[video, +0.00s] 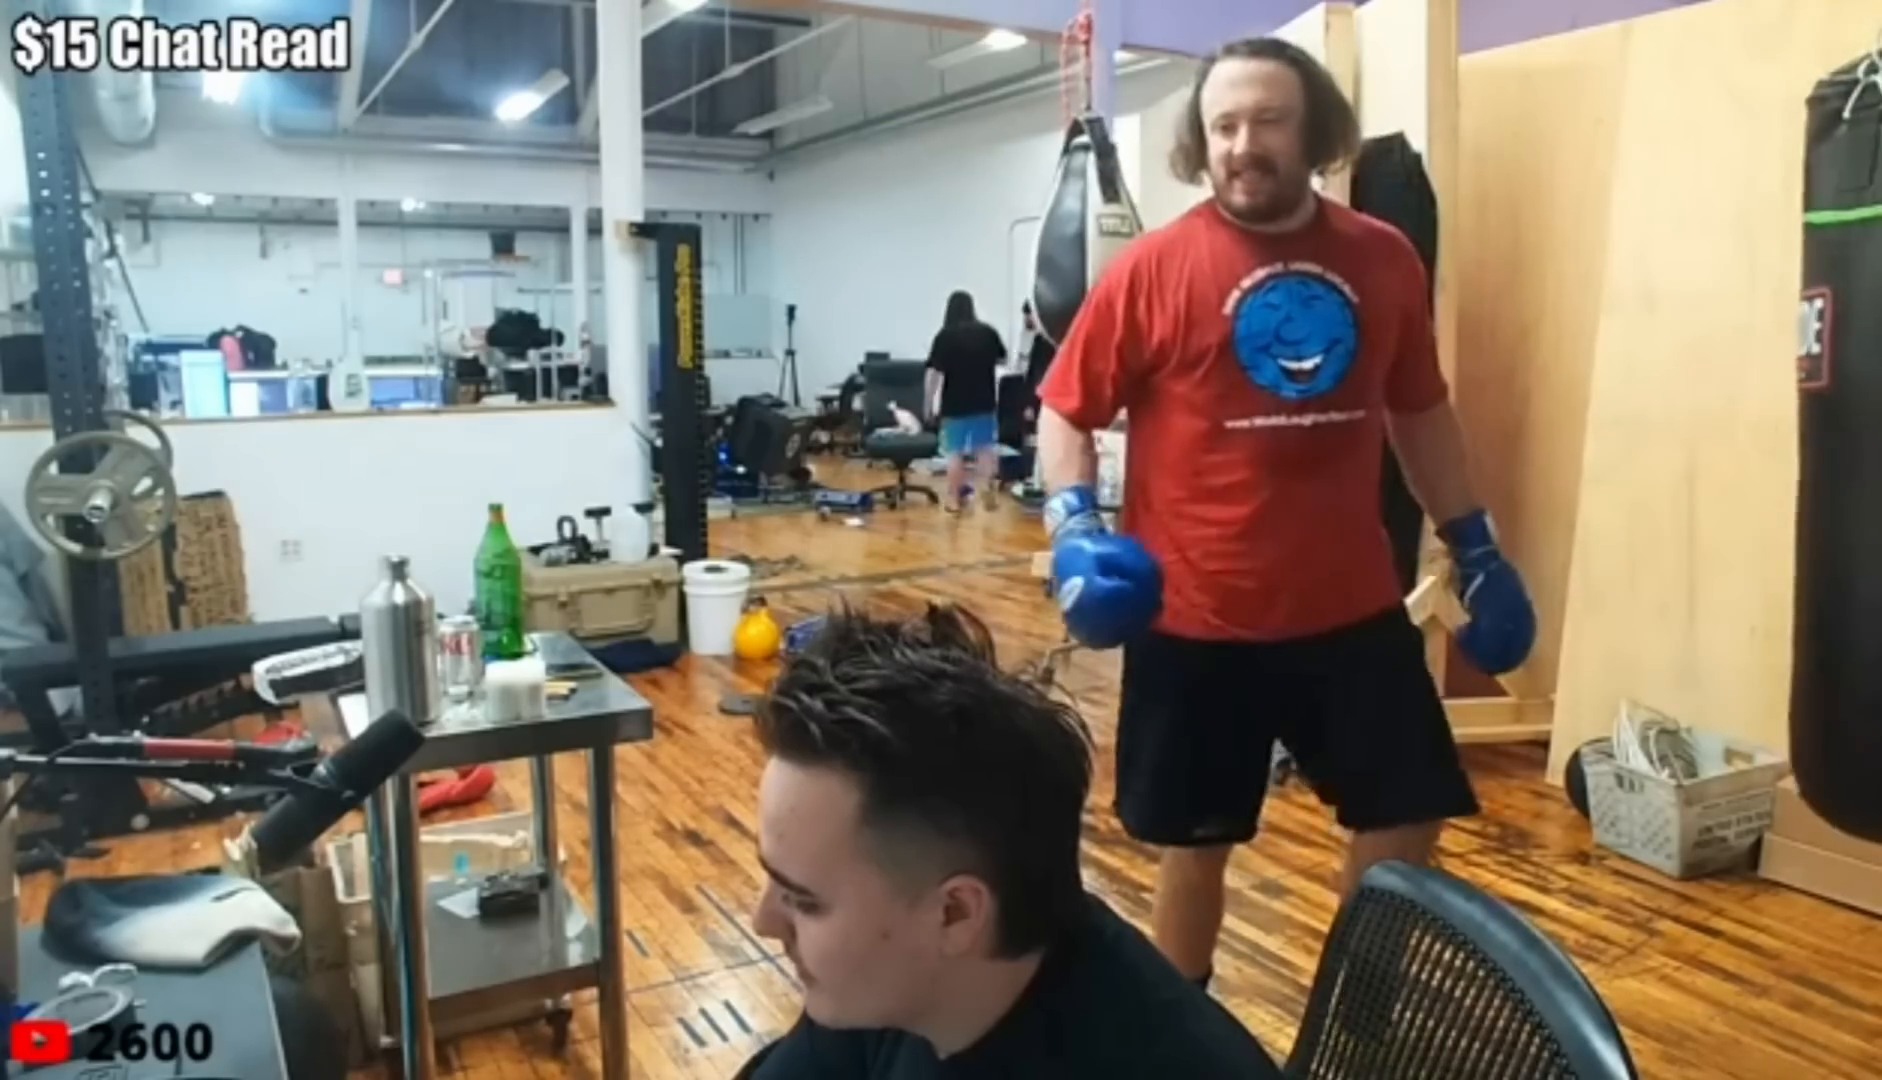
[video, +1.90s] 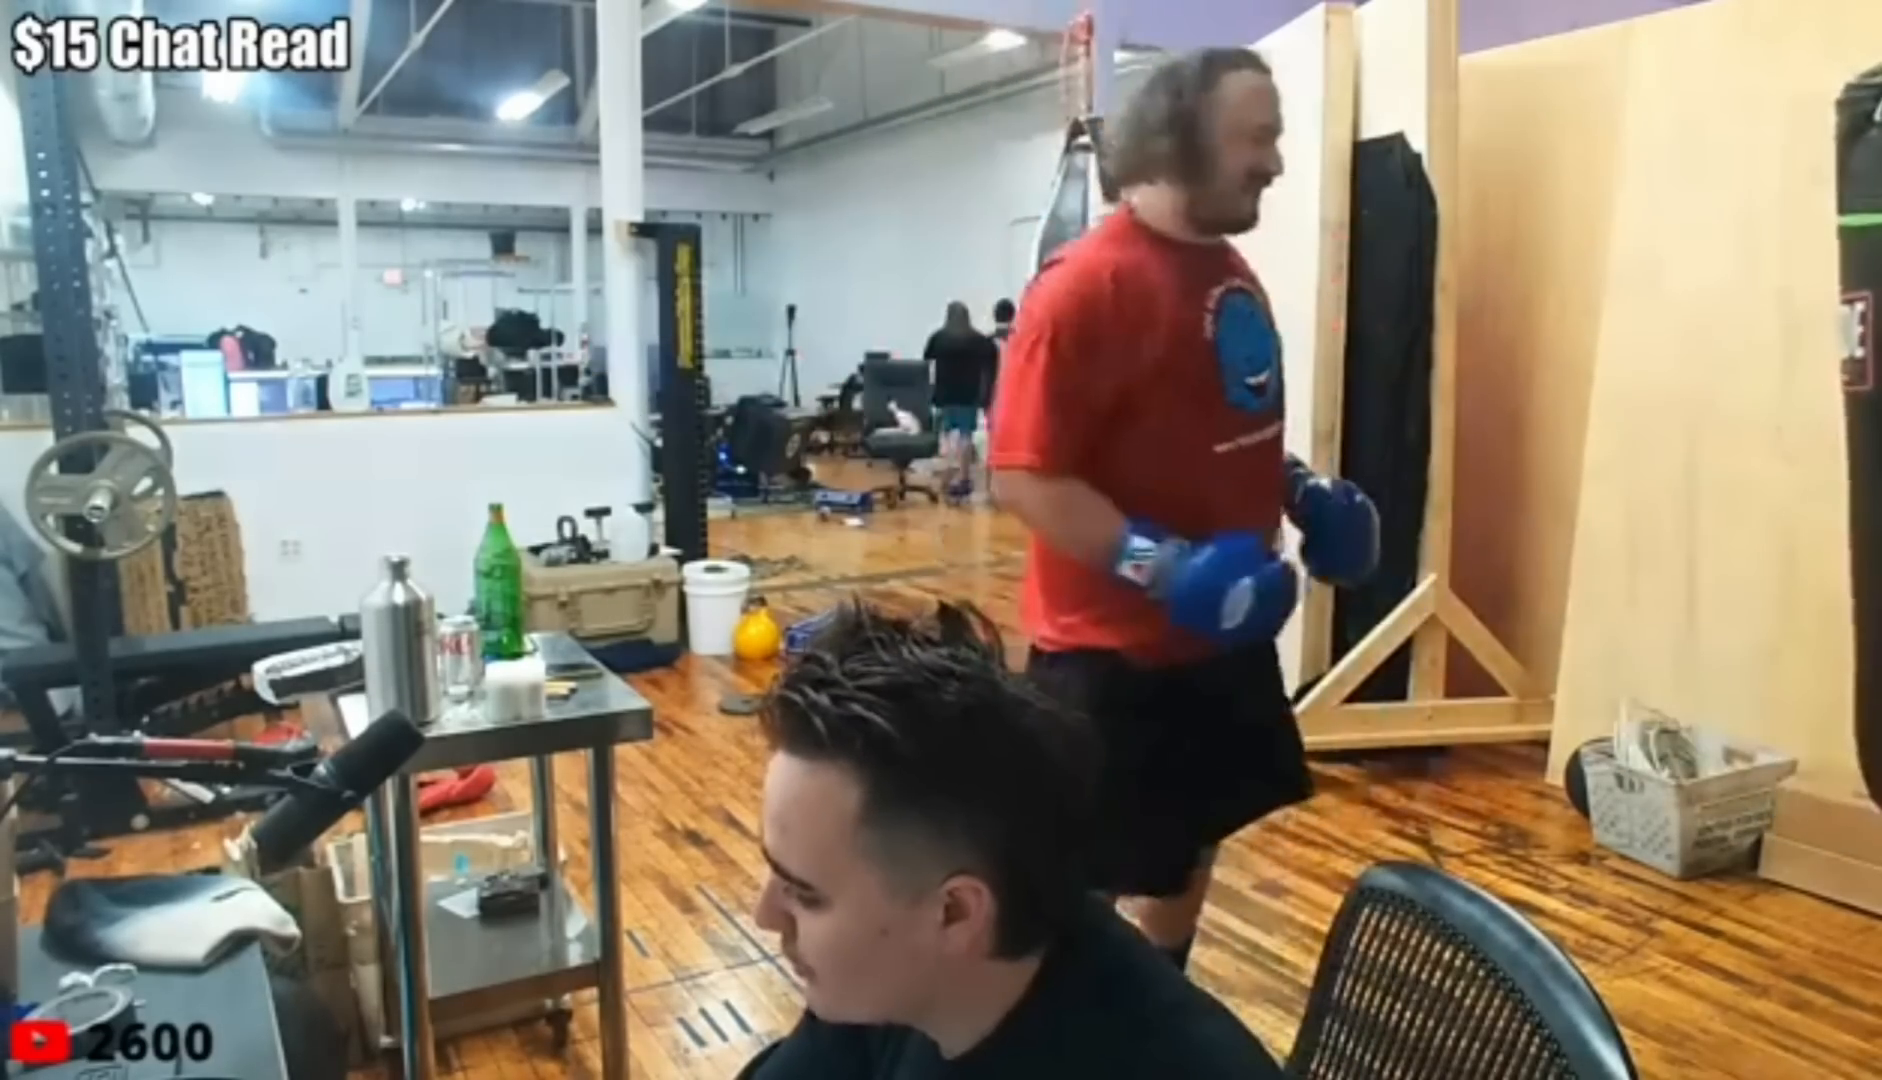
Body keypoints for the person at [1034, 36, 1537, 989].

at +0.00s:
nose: (1244, 145)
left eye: (1270, 122)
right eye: (1224, 124)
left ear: (1316, 136)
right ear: (1199, 140)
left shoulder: (1381, 260)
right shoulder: (1148, 273)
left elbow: (1420, 409)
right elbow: (1065, 406)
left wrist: (1477, 554)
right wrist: (1076, 528)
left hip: (1351, 623)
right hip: (1194, 631)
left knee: (1402, 830)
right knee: (1194, 849)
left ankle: (1360, 1040)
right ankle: (1174, 1046)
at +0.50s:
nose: (1257, 128)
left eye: (1280, 102)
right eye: (1233, 112)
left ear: (1331, 122)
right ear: (1208, 140)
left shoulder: (1394, 259)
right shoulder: (1167, 271)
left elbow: (1450, 414)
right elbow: (1060, 389)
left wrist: (1540, 543)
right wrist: (957, 422)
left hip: (1362, 645)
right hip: (1214, 650)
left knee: (1339, 877)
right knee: (1198, 890)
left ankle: (1321, 1057)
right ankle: (1113, 1056)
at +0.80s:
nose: (1157, 130)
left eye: (1178, 104)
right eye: (1133, 118)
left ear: (1234, 117)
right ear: (1111, 149)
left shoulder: (1312, 252)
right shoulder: (1085, 277)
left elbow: (1380, 402)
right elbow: (962, 373)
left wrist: (1480, 521)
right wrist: (834, 341)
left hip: (1317, 657)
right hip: (1158, 676)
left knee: (1320, 889)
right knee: (1109, 925)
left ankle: (1313, 1062)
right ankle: (1096, 1077)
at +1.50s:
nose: (1073, 107)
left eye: (1092, 81)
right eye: (1041, 88)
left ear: (1126, 97)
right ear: (995, 120)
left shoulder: (1179, 236)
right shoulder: (946, 265)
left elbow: (1237, 384)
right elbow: (831, 377)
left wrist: (1343, 500)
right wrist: (839, 437)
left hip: (1188, 630)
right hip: (1034, 658)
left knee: (1217, 844)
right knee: (1064, 889)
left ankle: (1194, 1004)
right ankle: (1064, 1036)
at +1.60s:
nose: (1134, 114)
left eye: (1150, 93)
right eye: (1104, 92)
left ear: (1167, 108)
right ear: (1038, 109)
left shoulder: (1187, 244)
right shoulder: (978, 262)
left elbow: (1232, 394)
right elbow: (869, 421)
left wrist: (1331, 500)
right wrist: (928, 512)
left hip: (1190, 638)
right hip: (1044, 663)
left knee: (1199, 850)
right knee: (1052, 894)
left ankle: (1178, 1022)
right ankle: (1048, 1042)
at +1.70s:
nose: (1177, 124)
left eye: (1184, 102)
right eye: (1149, 103)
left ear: (1194, 109)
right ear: (1073, 117)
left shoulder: (1196, 251)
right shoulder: (1001, 265)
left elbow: (1222, 396)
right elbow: (910, 445)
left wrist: (1315, 494)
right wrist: (1011, 545)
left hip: (1196, 637)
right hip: (1058, 657)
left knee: (1194, 845)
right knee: (1068, 885)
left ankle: (1165, 1017)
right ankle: (1063, 1038)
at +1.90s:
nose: (1274, 162)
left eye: (1275, 139)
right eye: (1255, 139)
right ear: (1177, 142)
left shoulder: (1229, 276)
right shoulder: (1081, 288)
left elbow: (1227, 433)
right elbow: (1023, 474)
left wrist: (1304, 497)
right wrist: (1162, 565)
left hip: (1215, 648)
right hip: (1102, 659)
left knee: (1180, 877)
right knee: (1084, 896)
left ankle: (1148, 1051)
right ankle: (1063, 1064)